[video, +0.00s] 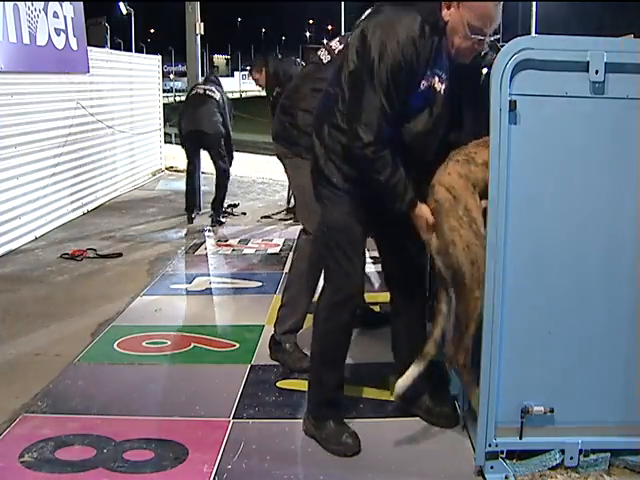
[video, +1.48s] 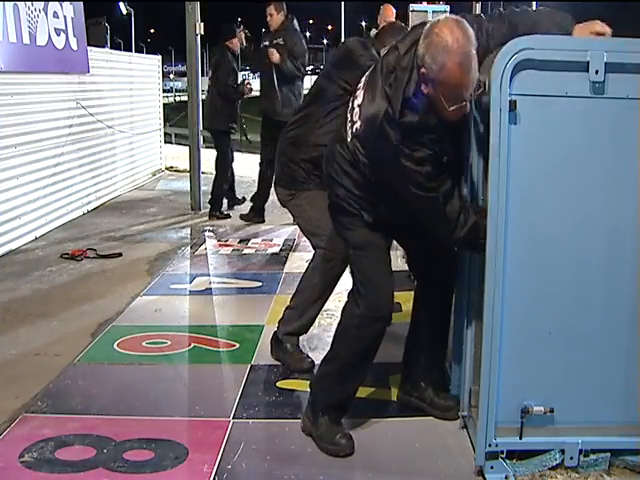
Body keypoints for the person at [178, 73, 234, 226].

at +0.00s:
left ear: (204, 81)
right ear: (218, 84)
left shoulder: (193, 90)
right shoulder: (220, 94)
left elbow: (181, 117)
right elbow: (227, 125)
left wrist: (183, 139)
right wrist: (229, 152)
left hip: (189, 130)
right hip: (212, 130)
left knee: (192, 167)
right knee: (222, 169)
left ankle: (191, 209)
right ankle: (217, 211)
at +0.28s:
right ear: (216, 120)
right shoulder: (218, 129)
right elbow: (223, 164)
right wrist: (225, 199)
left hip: (179, 134)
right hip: (200, 135)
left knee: (187, 169)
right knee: (221, 168)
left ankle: (190, 210)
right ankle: (214, 213)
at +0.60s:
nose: (230, 101)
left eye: (230, 99)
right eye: (230, 98)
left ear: (219, 89)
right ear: (227, 94)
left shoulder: (200, 92)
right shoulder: (224, 101)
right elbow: (222, 129)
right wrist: (222, 154)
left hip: (182, 124)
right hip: (200, 126)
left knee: (188, 169)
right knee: (215, 165)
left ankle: (191, 211)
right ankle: (213, 211)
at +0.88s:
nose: (235, 68)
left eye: (235, 65)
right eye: (235, 65)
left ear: (219, 60)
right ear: (230, 62)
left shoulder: (204, 72)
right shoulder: (225, 73)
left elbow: (197, 98)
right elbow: (225, 99)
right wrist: (227, 114)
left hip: (189, 123)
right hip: (205, 125)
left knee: (194, 169)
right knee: (217, 167)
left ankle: (192, 209)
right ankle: (215, 209)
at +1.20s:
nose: (239, 49)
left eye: (239, 45)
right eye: (237, 45)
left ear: (225, 45)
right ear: (231, 45)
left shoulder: (213, 61)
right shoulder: (226, 61)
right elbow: (227, 87)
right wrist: (241, 83)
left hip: (205, 118)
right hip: (215, 120)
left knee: (215, 163)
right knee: (219, 164)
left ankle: (210, 201)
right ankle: (215, 206)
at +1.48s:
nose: (241, 42)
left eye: (240, 39)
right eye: (238, 39)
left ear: (229, 41)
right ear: (230, 41)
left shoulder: (225, 58)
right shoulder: (224, 60)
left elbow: (226, 89)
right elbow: (226, 91)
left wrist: (240, 89)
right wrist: (242, 91)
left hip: (222, 119)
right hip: (219, 120)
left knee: (227, 159)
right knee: (224, 161)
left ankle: (231, 197)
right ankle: (216, 207)